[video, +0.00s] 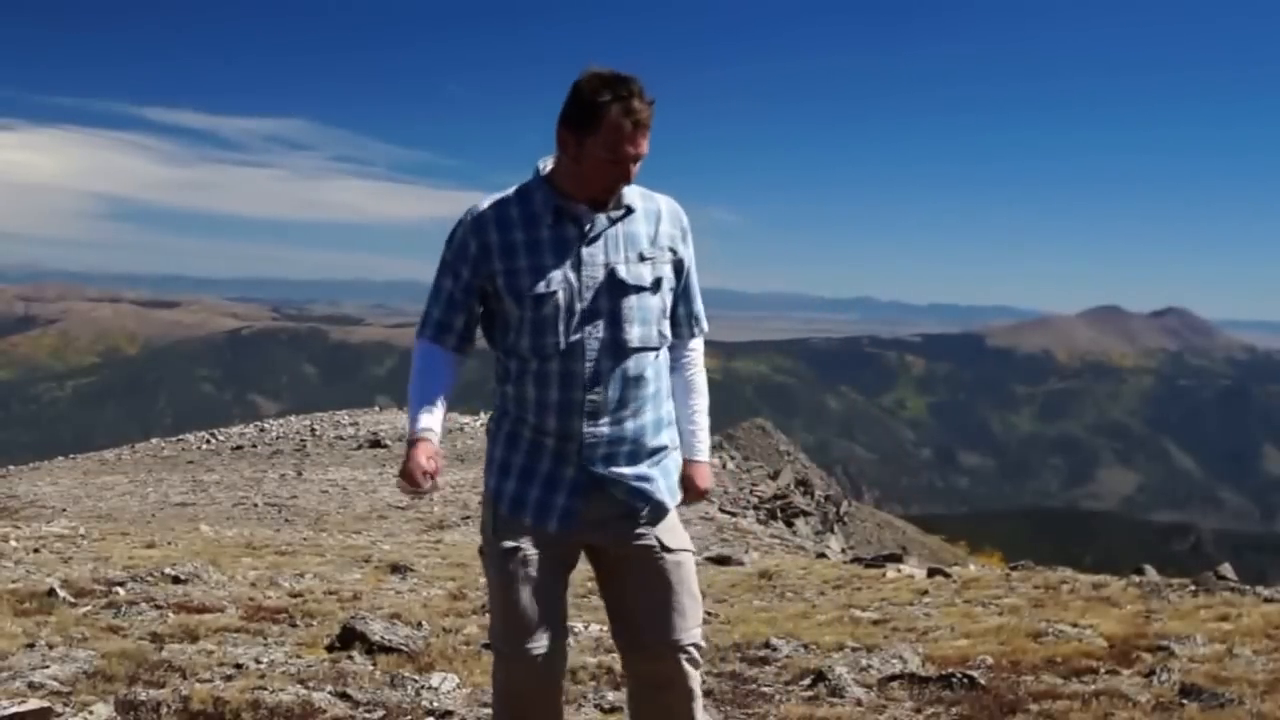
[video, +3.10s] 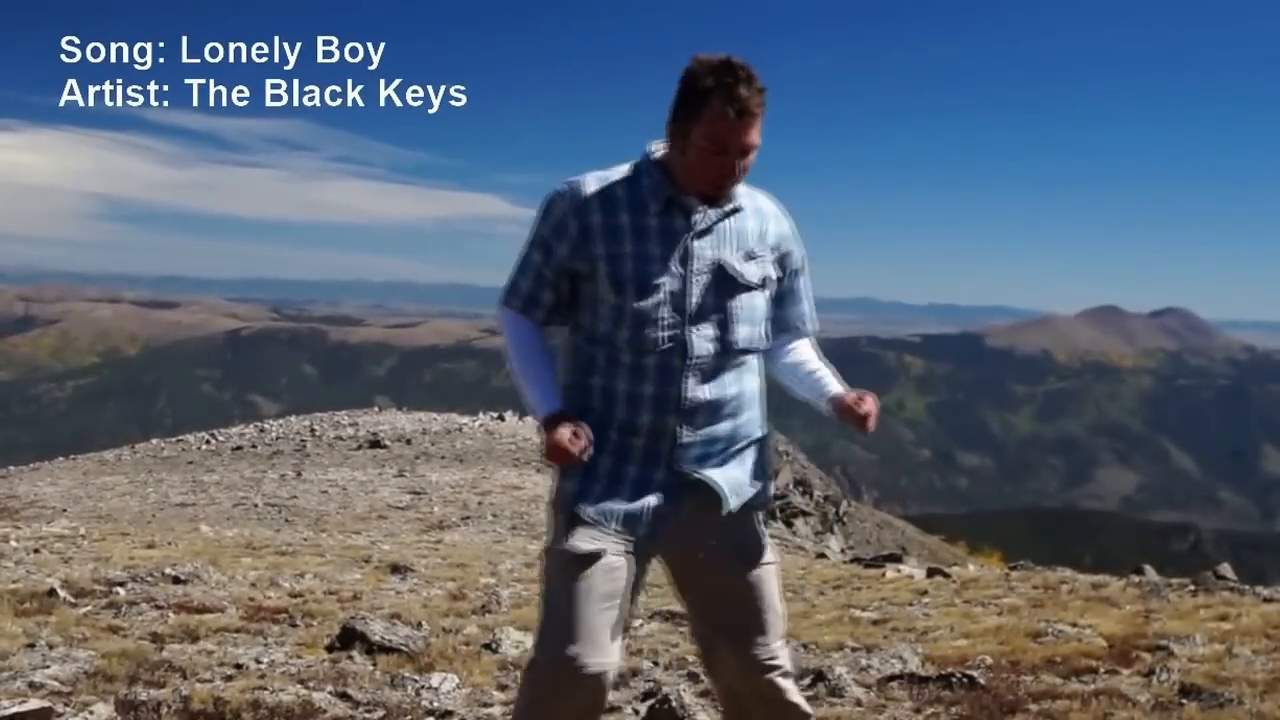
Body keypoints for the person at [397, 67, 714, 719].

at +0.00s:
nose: (631, 172)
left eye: (638, 159)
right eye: (621, 158)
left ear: (644, 146)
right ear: (571, 141)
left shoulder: (664, 221)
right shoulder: (489, 230)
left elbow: (686, 342)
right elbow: (441, 337)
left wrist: (695, 449)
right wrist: (424, 433)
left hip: (640, 477)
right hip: (529, 482)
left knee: (672, 662)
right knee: (528, 667)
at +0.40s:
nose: (647, 165)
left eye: (654, 150)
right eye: (630, 153)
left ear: (664, 145)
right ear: (588, 146)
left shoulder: (706, 219)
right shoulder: (530, 224)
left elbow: (757, 335)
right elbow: (494, 333)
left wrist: (799, 434)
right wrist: (467, 433)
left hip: (675, 477)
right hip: (564, 477)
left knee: (717, 671)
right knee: (536, 676)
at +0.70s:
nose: (716, 176)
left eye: (724, 161)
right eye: (702, 161)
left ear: (734, 151)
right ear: (660, 151)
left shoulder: (780, 225)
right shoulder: (603, 228)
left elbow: (822, 344)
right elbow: (572, 332)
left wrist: (837, 450)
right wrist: (545, 429)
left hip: (748, 486)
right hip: (637, 480)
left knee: (759, 679)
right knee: (579, 670)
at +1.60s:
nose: (651, 151)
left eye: (666, 135)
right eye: (637, 133)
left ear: (689, 130)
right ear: (609, 127)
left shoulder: (723, 228)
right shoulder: (538, 208)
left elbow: (736, 349)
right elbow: (476, 311)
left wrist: (771, 416)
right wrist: (488, 407)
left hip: (664, 481)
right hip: (550, 484)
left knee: (700, 662)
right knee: (558, 682)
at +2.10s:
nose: (606, 161)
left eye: (621, 142)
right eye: (591, 146)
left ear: (657, 134)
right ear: (577, 145)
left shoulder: (725, 223)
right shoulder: (577, 226)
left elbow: (779, 338)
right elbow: (554, 333)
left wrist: (792, 423)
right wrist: (504, 421)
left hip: (699, 494)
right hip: (590, 489)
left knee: (742, 686)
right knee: (565, 683)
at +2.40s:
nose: (681, 176)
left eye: (695, 158)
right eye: (664, 160)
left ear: (721, 138)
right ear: (642, 150)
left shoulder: (791, 211)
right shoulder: (636, 229)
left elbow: (858, 327)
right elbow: (624, 330)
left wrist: (875, 449)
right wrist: (582, 398)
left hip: (781, 476)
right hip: (675, 473)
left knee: (792, 679)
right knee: (629, 670)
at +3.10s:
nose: (734, 168)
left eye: (746, 153)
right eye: (720, 151)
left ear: (759, 144)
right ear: (677, 133)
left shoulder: (769, 225)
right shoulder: (584, 208)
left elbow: (788, 341)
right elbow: (520, 315)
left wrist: (836, 394)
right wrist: (550, 414)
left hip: (722, 486)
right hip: (606, 483)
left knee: (762, 677)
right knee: (577, 671)